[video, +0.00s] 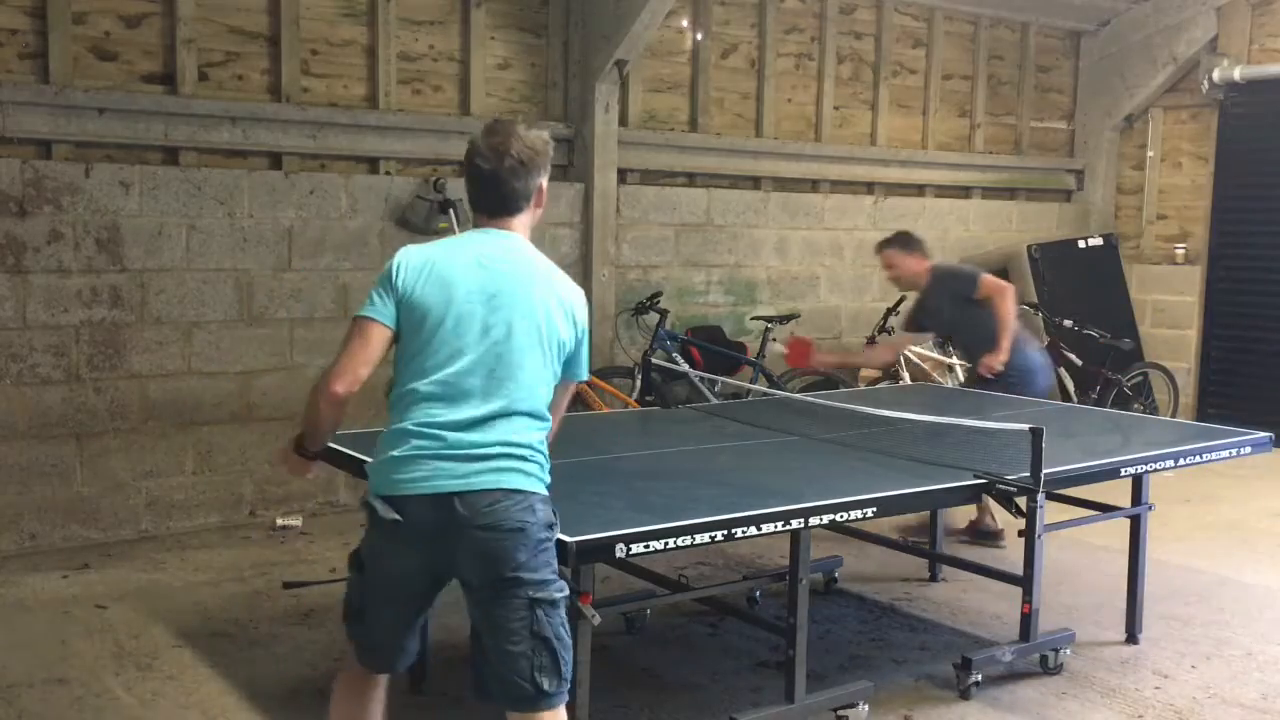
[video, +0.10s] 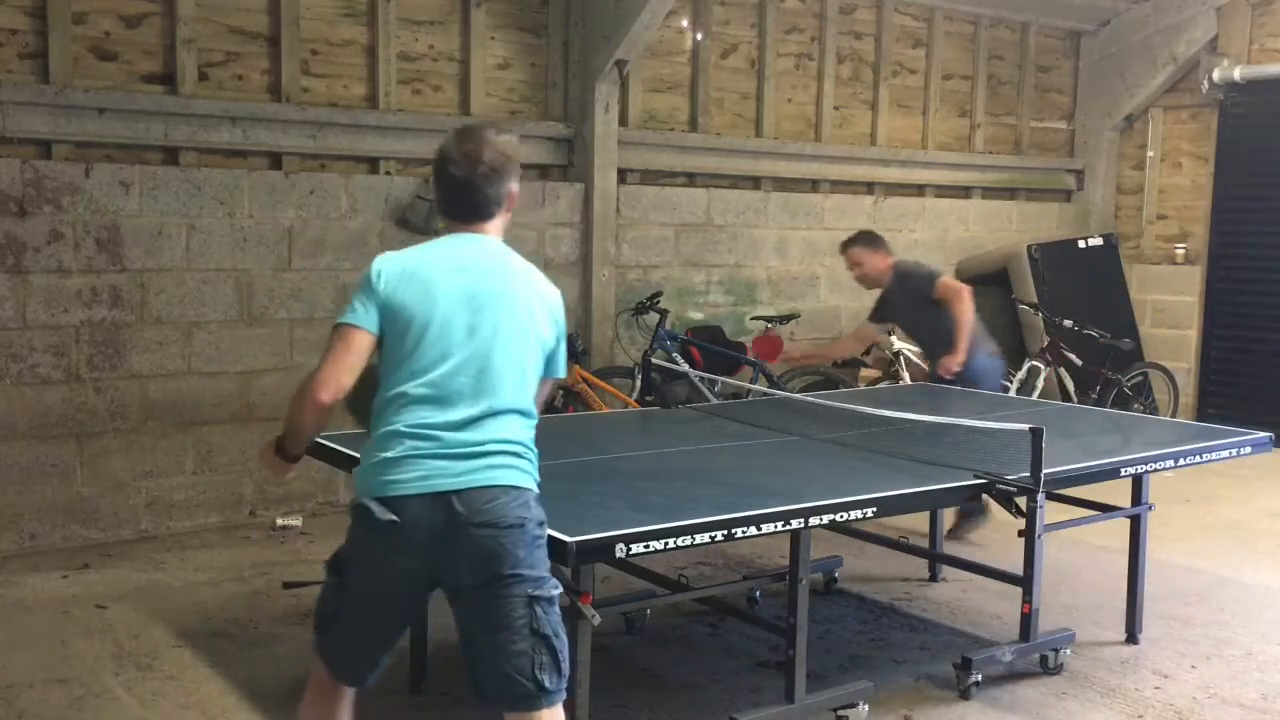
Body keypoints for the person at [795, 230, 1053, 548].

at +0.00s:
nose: (888, 276)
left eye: (891, 267)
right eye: (885, 269)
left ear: (916, 258)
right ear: (905, 263)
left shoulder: (946, 276)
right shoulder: (925, 306)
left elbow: (1004, 291)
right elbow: (889, 354)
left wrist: (1001, 349)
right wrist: (824, 360)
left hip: (1022, 371)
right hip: (998, 375)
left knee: (952, 432)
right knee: (965, 434)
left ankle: (935, 520)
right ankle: (985, 518)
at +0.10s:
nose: (854, 275)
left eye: (857, 265)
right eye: (850, 268)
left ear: (880, 256)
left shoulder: (909, 275)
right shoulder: (889, 300)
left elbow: (961, 293)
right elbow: (853, 343)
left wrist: (958, 352)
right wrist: (798, 354)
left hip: (977, 365)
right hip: (948, 371)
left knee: (970, 435)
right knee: (944, 435)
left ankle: (973, 506)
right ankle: (972, 506)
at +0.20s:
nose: (828, 276)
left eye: (833, 266)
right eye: (825, 270)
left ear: (857, 259)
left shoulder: (878, 279)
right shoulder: (863, 299)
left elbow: (913, 311)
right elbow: (848, 348)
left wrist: (902, 367)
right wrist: (799, 372)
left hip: (933, 384)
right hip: (909, 385)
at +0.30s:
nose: (804, 279)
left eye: (809, 270)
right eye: (800, 274)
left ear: (832, 262)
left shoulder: (853, 280)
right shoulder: (839, 307)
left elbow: (874, 317)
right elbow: (840, 357)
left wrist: (844, 364)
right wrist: (811, 384)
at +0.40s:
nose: (782, 290)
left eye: (786, 280)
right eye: (778, 285)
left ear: (808, 271)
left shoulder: (827, 283)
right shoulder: (825, 310)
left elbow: (857, 309)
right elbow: (841, 369)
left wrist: (825, 348)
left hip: (894, 375)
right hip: (873, 375)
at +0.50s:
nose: (768, 302)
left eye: (769, 293)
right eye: (763, 299)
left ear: (788, 280)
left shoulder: (810, 291)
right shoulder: (809, 305)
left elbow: (854, 309)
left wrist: (837, 358)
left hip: (886, 373)